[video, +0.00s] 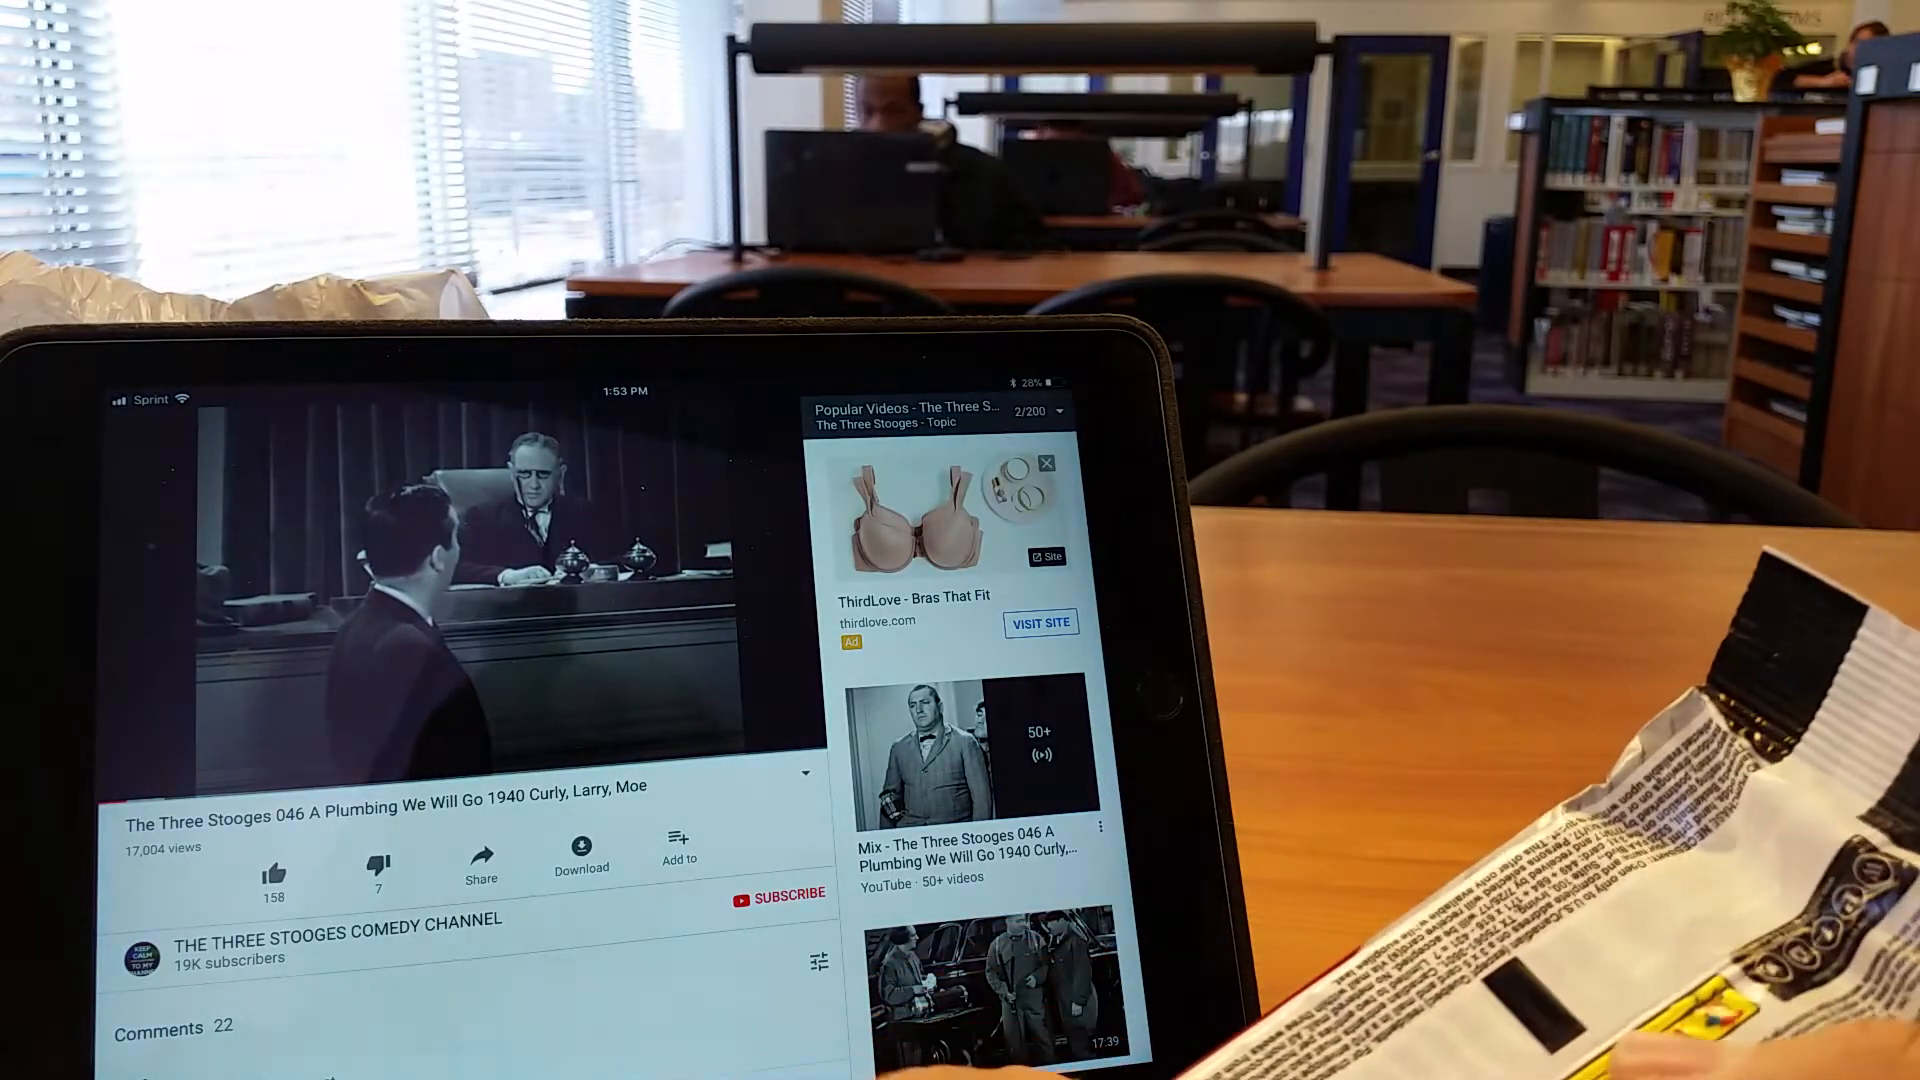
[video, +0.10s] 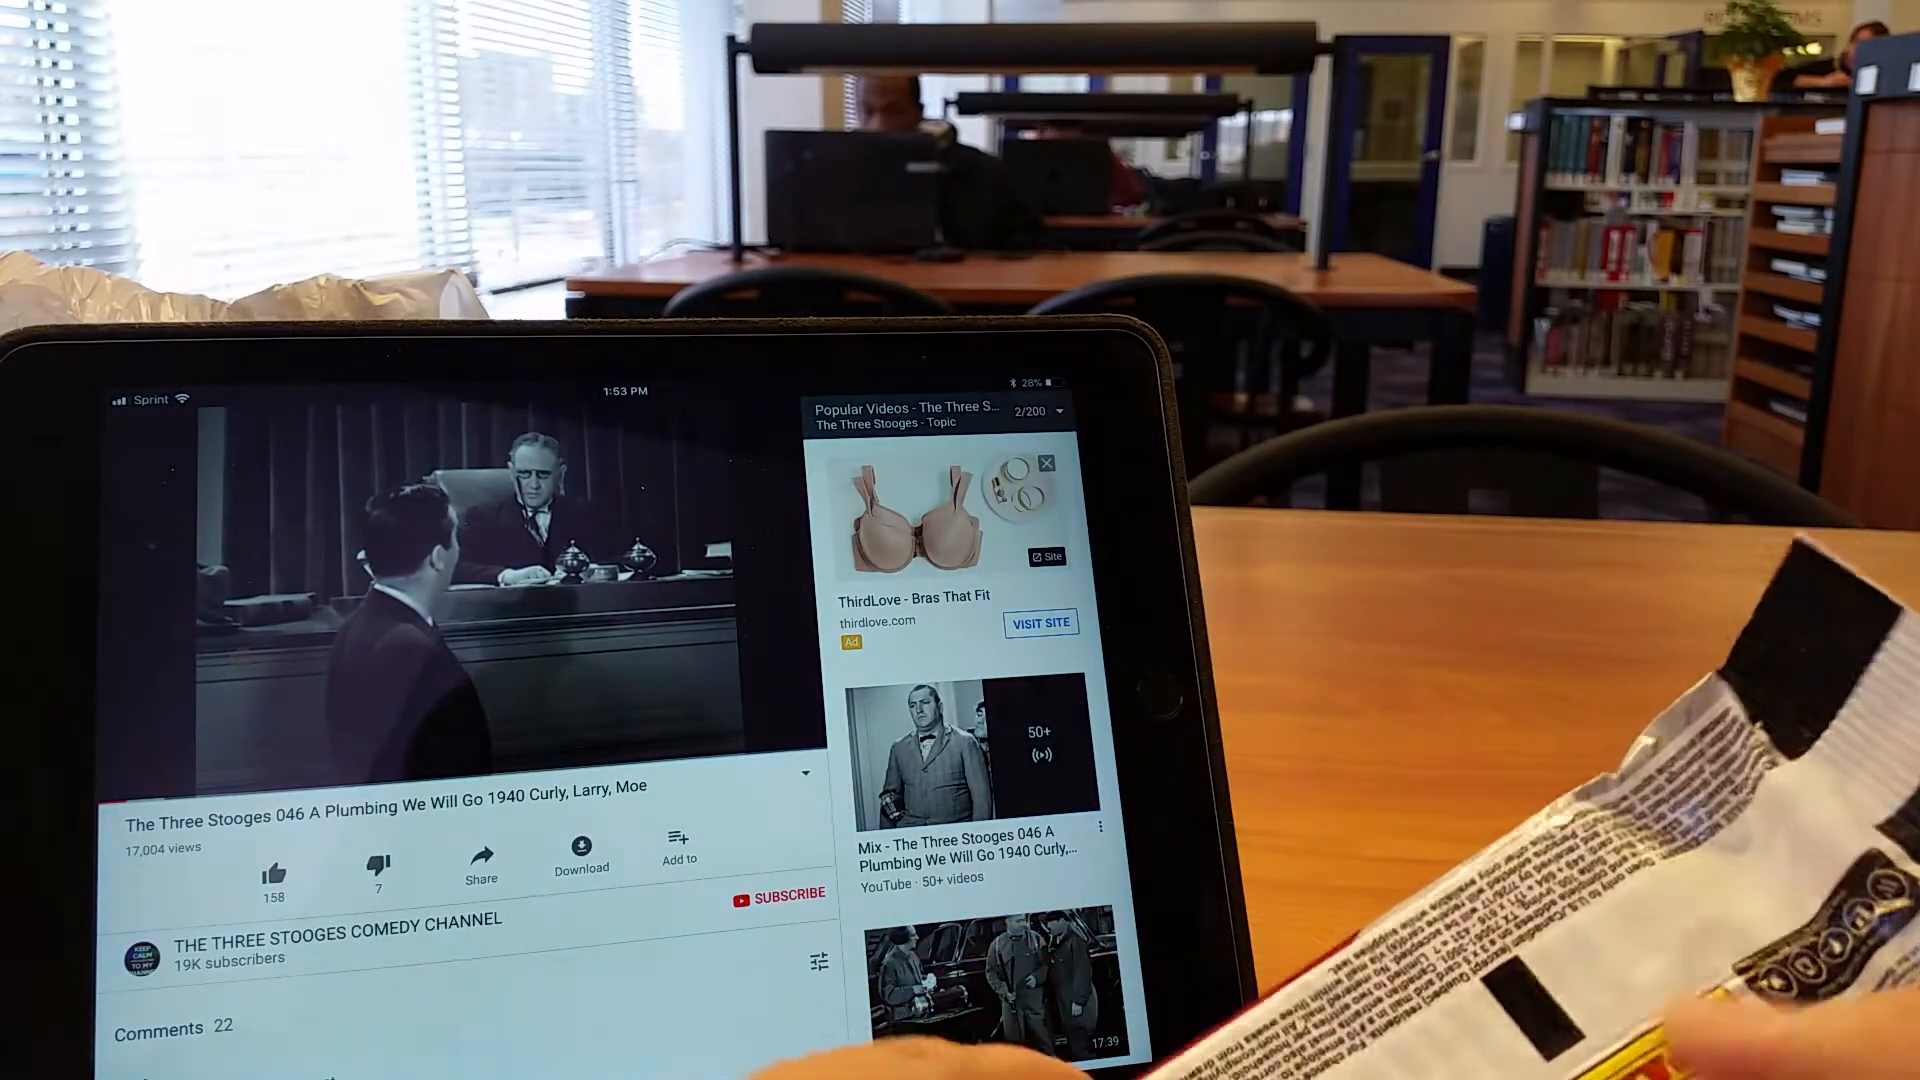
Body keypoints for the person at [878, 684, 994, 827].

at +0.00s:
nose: (919, 709)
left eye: (925, 703)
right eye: (913, 705)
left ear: (939, 706)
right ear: (909, 711)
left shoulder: (964, 742)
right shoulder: (899, 749)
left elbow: (981, 795)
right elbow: (891, 795)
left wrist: (979, 835)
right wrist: (886, 840)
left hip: (956, 831)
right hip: (910, 836)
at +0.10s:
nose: (919, 709)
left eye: (925, 703)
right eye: (913, 705)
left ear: (940, 707)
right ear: (909, 711)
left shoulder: (964, 742)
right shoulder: (899, 749)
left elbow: (981, 795)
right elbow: (891, 795)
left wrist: (979, 835)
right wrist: (886, 840)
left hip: (956, 831)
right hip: (910, 835)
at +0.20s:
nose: (919, 709)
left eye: (925, 703)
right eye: (913, 705)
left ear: (940, 707)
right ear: (909, 711)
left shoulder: (964, 742)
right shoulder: (899, 749)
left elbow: (981, 795)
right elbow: (891, 795)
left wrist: (979, 834)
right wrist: (886, 840)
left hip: (956, 831)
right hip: (910, 835)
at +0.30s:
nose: (919, 709)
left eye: (925, 703)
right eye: (913, 705)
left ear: (939, 707)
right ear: (909, 711)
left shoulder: (964, 742)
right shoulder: (899, 748)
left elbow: (981, 795)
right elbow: (890, 795)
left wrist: (979, 835)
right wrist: (886, 840)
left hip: (955, 832)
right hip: (910, 836)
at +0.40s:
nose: (919, 709)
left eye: (925, 703)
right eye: (913, 705)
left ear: (939, 707)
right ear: (909, 711)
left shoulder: (964, 742)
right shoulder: (899, 748)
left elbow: (981, 795)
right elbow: (890, 795)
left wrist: (979, 835)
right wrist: (886, 840)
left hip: (955, 832)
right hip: (910, 836)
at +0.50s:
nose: (919, 710)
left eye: (925, 703)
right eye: (913, 705)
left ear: (939, 707)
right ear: (909, 711)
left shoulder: (964, 742)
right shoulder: (899, 748)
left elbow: (981, 795)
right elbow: (890, 795)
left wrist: (979, 835)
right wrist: (886, 840)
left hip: (956, 831)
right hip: (910, 836)